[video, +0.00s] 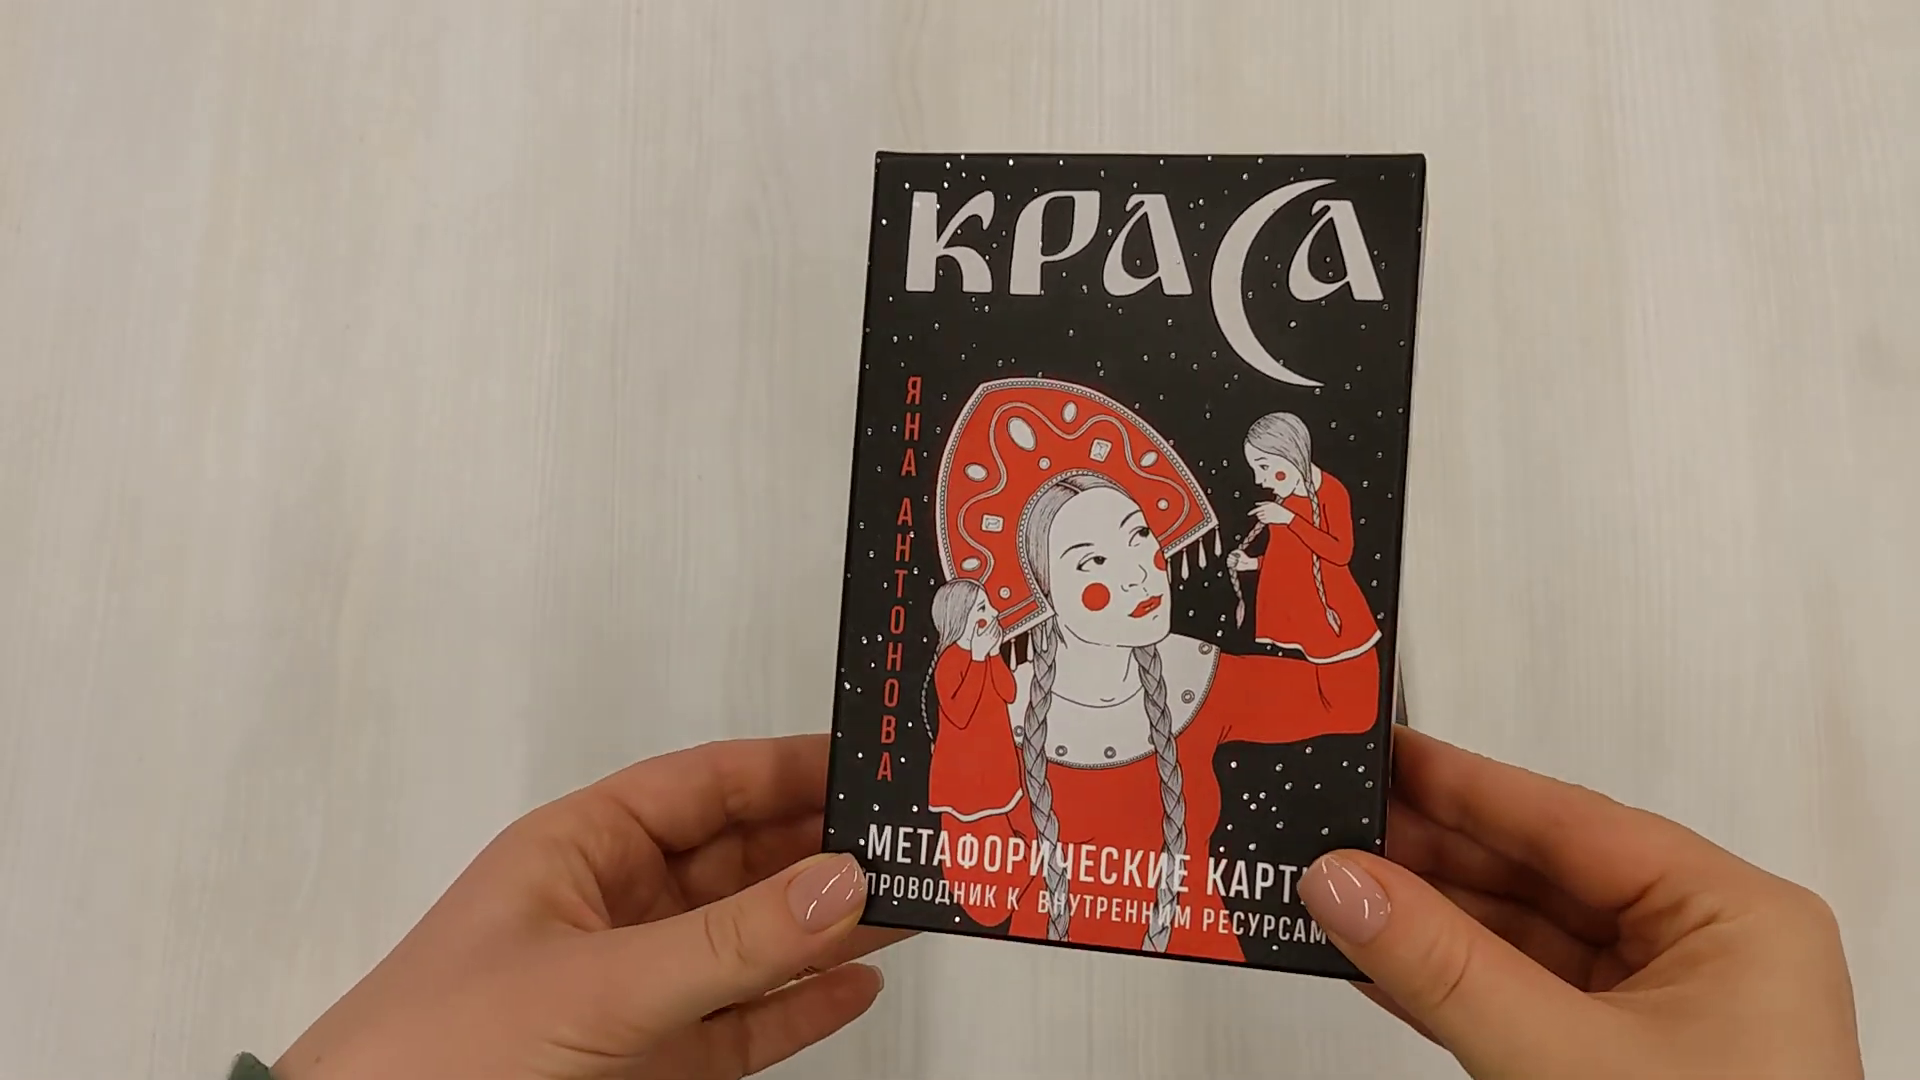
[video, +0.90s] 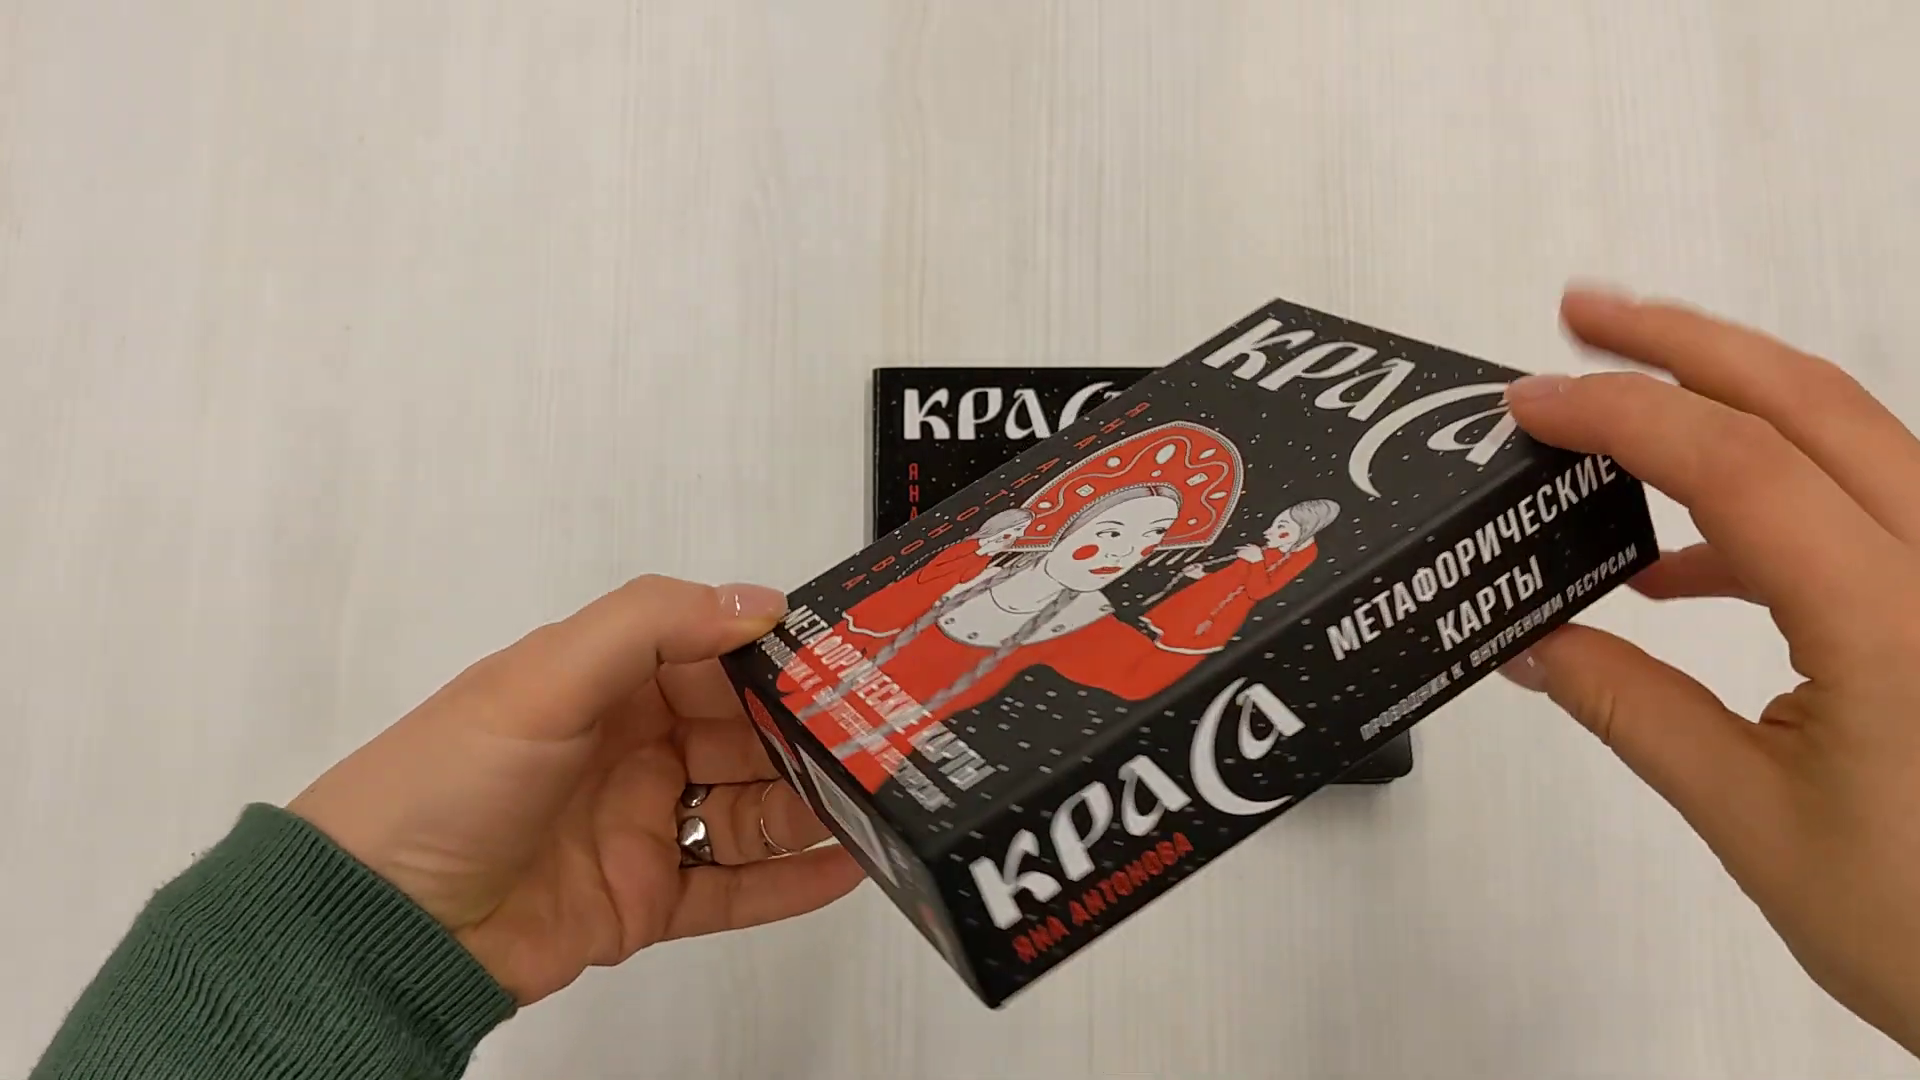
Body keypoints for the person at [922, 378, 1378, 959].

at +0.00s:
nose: (1138, 573)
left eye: (1136, 536)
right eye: (1090, 562)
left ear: (1156, 542)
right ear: (1048, 591)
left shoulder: (1196, 680)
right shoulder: (1000, 702)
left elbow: (1348, 695)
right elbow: (987, 901)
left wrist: (1304, 537)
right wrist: (968, 701)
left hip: (1191, 963)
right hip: (1042, 968)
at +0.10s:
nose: (1143, 583)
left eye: (1144, 549)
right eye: (1097, 572)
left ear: (1164, 555)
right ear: (1054, 600)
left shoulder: (1195, 689)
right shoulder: (1006, 704)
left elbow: (1344, 711)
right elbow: (974, 902)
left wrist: (1310, 559)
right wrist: (971, 712)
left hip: (1177, 968)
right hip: (1032, 962)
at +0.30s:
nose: (1131, 561)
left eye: (1139, 529)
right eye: (1090, 547)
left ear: (1157, 535)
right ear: (1046, 571)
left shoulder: (1163, 664)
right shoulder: (979, 656)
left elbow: (1314, 699)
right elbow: (909, 837)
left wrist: (1301, 559)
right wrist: (952, 630)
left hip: (1104, 923)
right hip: (969, 902)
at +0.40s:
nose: (1135, 566)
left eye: (1146, 537)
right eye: (1095, 547)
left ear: (1164, 549)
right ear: (1045, 562)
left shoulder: (1156, 675)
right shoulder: (974, 652)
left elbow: (1295, 731)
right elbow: (885, 824)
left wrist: (1300, 588)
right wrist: (939, 644)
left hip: (1067, 937)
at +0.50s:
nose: (1133, 581)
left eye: (1149, 555)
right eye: (1096, 558)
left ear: (1164, 569)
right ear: (1048, 572)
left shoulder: (1133, 688)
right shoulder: (962, 639)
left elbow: (1263, 751)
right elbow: (850, 801)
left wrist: (1293, 616)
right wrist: (935, 628)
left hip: (1000, 934)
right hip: (882, 884)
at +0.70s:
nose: (1158, 603)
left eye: (1179, 583)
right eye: (1134, 577)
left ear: (1191, 597)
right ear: (1086, 573)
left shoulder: (1139, 695)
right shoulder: (992, 625)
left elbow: (1253, 765)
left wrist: (1314, 641)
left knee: (836, 907)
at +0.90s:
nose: (1113, 553)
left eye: (1136, 546)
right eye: (1108, 529)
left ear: (1145, 558)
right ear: (1076, 517)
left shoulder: (1094, 619)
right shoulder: (1011, 563)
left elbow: (1187, 647)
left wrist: (1268, 560)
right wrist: (987, 546)